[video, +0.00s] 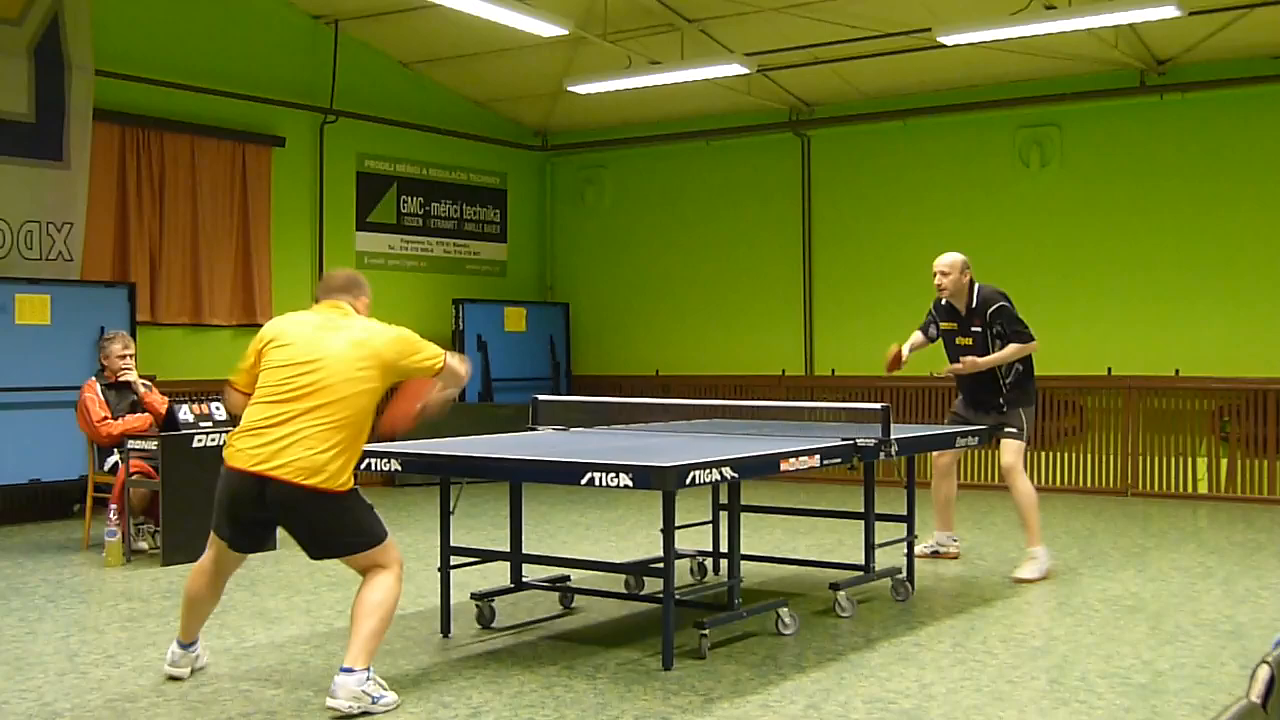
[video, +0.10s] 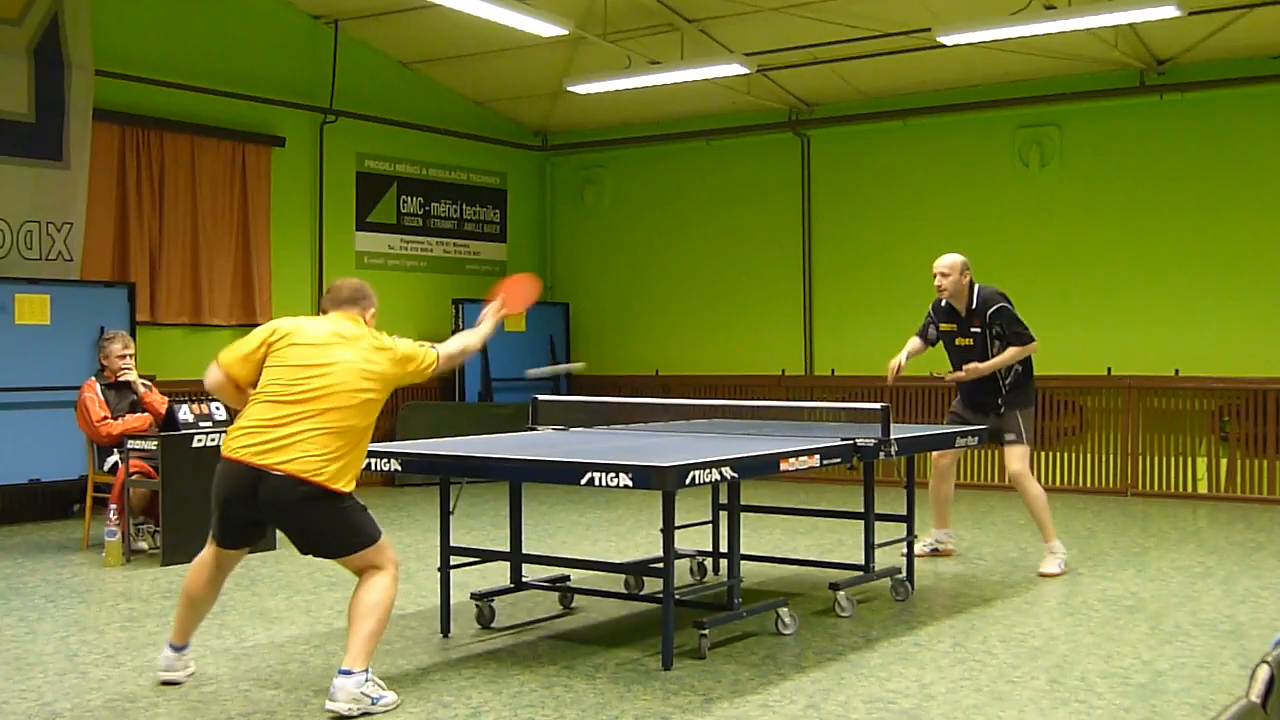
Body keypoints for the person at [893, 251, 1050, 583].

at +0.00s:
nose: (938, 281)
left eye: (944, 274)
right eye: (935, 275)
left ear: (966, 276)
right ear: (936, 279)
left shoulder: (993, 301)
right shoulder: (941, 306)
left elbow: (1027, 344)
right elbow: (928, 333)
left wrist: (981, 363)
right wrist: (906, 347)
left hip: (1012, 400)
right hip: (972, 399)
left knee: (1010, 466)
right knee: (942, 459)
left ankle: (1037, 553)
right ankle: (944, 539)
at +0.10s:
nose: (938, 281)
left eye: (945, 275)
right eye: (935, 276)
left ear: (965, 277)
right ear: (936, 279)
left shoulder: (992, 303)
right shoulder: (940, 308)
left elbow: (1026, 344)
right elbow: (926, 337)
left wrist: (982, 368)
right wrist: (904, 354)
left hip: (1012, 398)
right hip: (971, 397)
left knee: (1017, 471)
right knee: (942, 459)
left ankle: (1054, 549)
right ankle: (941, 539)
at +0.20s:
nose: (937, 290)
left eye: (943, 284)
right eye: (934, 284)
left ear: (964, 283)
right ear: (935, 286)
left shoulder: (993, 307)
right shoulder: (939, 315)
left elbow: (1030, 347)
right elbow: (920, 349)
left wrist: (994, 381)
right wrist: (906, 375)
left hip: (1012, 402)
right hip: (970, 402)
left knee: (1024, 472)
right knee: (936, 457)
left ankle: (1055, 551)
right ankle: (935, 537)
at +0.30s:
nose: (933, 295)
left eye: (938, 289)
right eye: (930, 290)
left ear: (960, 286)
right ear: (931, 289)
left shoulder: (991, 308)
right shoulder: (935, 317)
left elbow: (1030, 347)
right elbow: (913, 348)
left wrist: (1007, 390)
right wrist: (909, 377)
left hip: (1010, 399)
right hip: (968, 399)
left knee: (1024, 470)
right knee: (928, 456)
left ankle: (1055, 551)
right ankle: (929, 536)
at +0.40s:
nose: (922, 300)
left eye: (927, 294)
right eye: (919, 294)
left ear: (949, 289)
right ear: (918, 293)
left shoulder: (982, 309)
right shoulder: (922, 319)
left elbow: (1028, 338)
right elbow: (885, 349)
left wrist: (1016, 381)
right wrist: (886, 375)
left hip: (998, 400)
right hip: (958, 400)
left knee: (1018, 469)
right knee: (920, 459)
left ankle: (1054, 550)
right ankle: (921, 536)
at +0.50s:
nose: (917, 303)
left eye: (922, 296)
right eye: (913, 297)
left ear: (942, 292)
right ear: (912, 295)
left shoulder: (974, 309)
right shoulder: (914, 322)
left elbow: (1020, 333)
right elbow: (882, 348)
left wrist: (1010, 378)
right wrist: (863, 351)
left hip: (993, 401)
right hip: (951, 402)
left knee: (1014, 464)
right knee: (912, 458)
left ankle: (1049, 547)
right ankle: (919, 535)